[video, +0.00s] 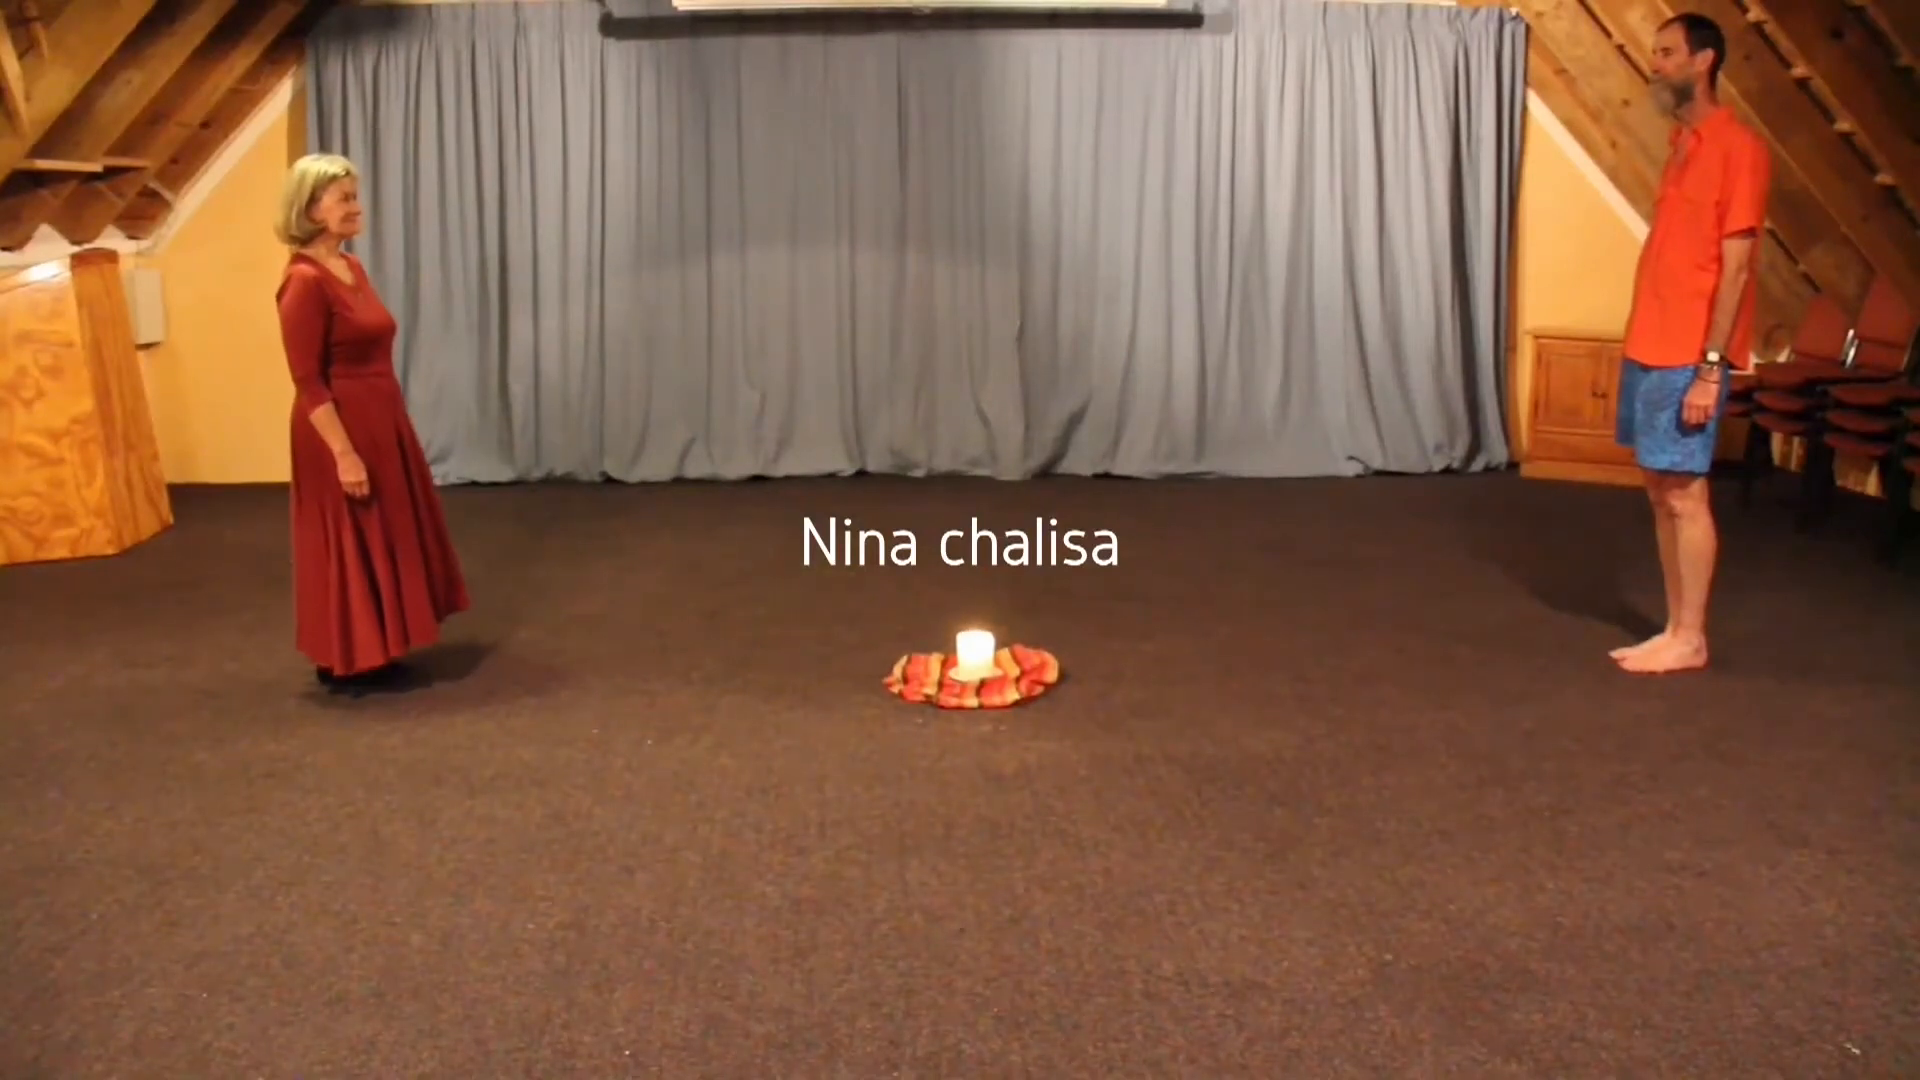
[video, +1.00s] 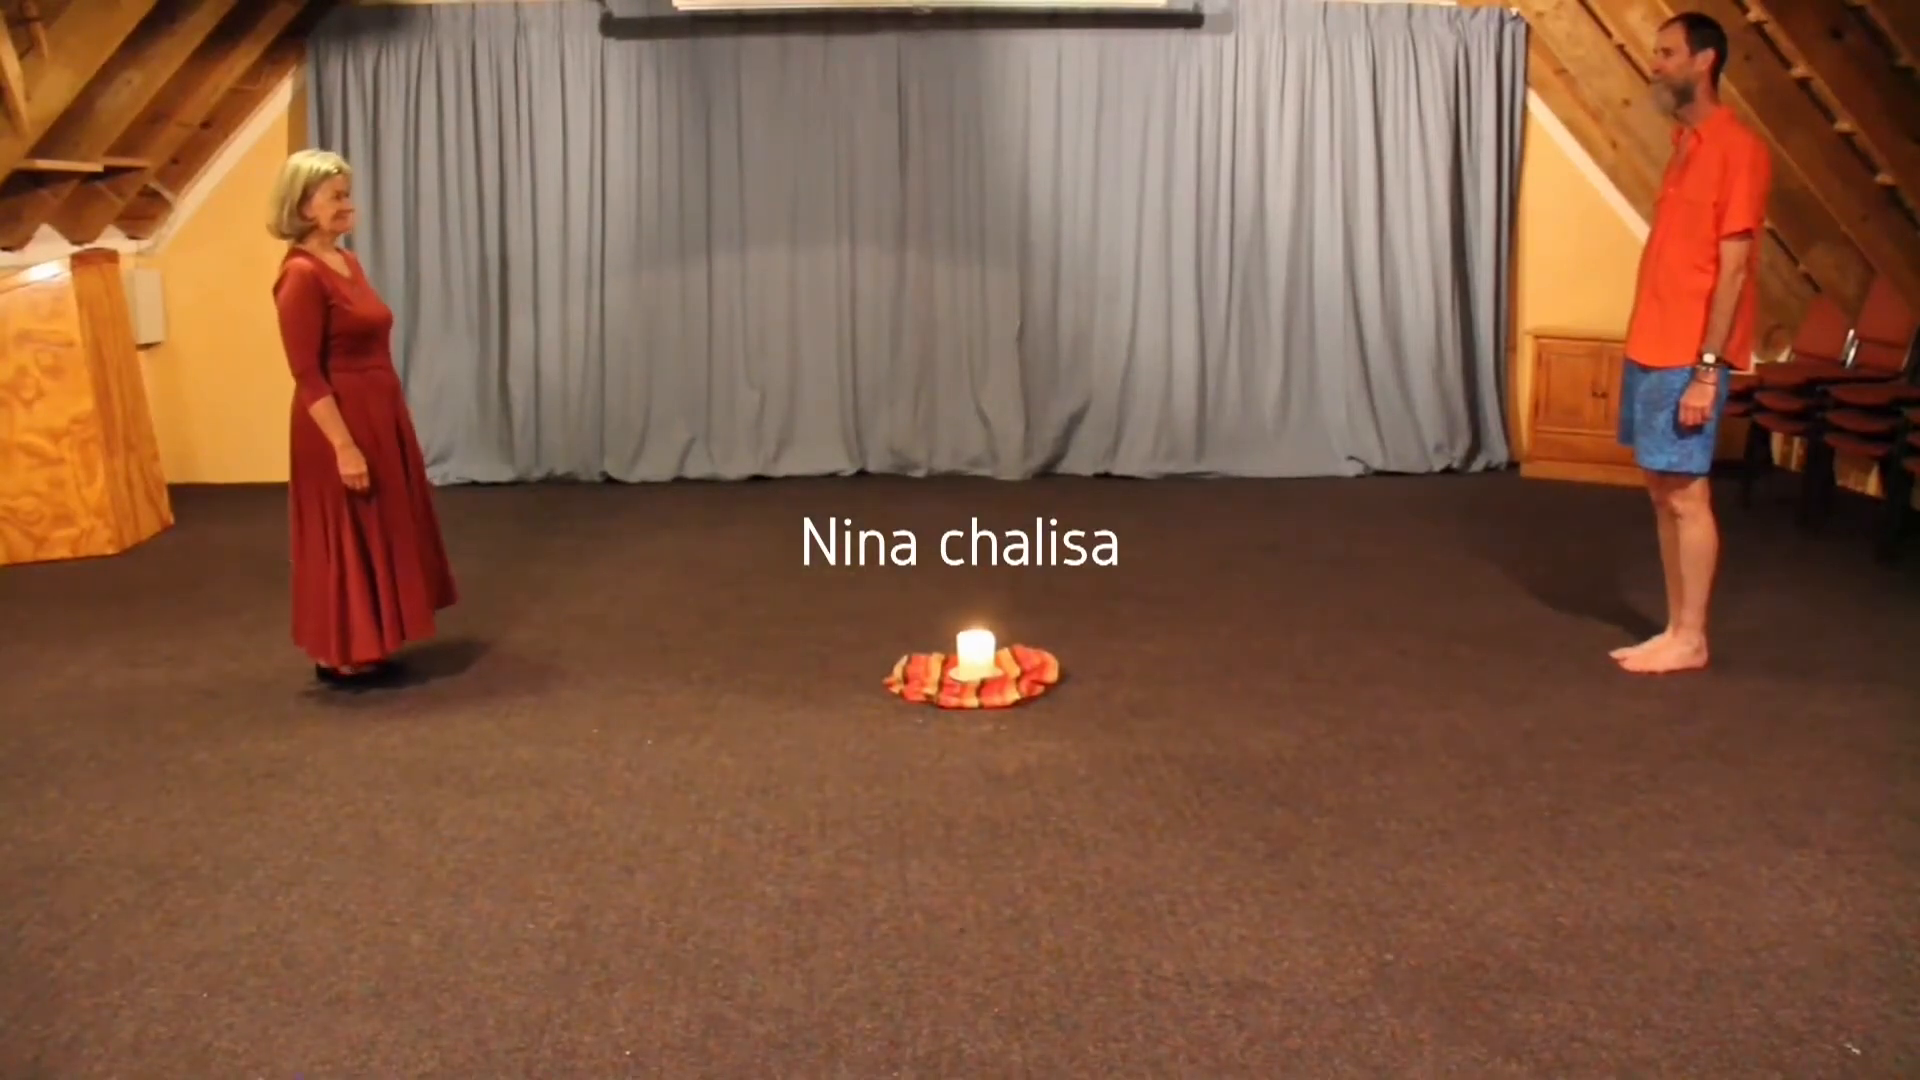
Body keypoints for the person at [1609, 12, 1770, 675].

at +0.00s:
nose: (1654, 64)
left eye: (1666, 53)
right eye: (1654, 53)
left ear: (1704, 61)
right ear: (1686, 62)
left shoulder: (1740, 145)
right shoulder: (1686, 142)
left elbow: (1738, 265)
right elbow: (1676, 252)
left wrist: (1713, 364)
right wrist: (1647, 345)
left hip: (1690, 359)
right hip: (1652, 352)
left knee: (1686, 498)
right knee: (1662, 494)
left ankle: (1690, 637)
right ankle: (1677, 629)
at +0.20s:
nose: (1653, 64)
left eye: (1666, 53)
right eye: (1653, 53)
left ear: (1704, 61)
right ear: (1685, 63)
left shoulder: (1739, 144)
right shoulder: (1685, 143)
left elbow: (1737, 265)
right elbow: (1674, 253)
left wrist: (1712, 364)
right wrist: (1647, 346)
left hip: (1690, 359)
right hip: (1652, 352)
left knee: (1685, 498)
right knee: (1661, 494)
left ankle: (1690, 638)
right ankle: (1677, 629)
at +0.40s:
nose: (1654, 64)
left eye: (1666, 53)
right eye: (1654, 53)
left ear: (1704, 60)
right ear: (1685, 62)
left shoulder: (1739, 145)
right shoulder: (1686, 143)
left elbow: (1738, 265)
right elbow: (1675, 253)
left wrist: (1713, 364)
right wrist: (1647, 345)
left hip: (1690, 358)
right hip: (1652, 352)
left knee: (1684, 498)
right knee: (1661, 494)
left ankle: (1690, 638)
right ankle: (1677, 629)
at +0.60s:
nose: (1654, 64)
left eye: (1666, 53)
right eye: (1655, 53)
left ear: (1705, 60)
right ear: (1688, 61)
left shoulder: (1739, 144)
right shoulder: (1687, 143)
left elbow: (1737, 265)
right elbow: (1676, 255)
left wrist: (1712, 365)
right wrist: (1647, 347)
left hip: (1689, 359)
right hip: (1652, 353)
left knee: (1686, 498)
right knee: (1663, 495)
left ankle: (1691, 638)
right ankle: (1677, 629)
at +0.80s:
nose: (1654, 65)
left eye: (1666, 53)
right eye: (1655, 53)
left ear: (1705, 61)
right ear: (1689, 62)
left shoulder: (1739, 145)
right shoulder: (1689, 143)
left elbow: (1736, 266)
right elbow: (1678, 257)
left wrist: (1710, 366)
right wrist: (1649, 348)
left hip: (1689, 359)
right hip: (1653, 353)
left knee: (1687, 499)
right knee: (1662, 495)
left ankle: (1691, 638)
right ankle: (1677, 630)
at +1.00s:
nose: (1654, 65)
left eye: (1666, 53)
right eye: (1655, 53)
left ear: (1705, 61)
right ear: (1690, 62)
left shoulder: (1739, 146)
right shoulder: (1690, 143)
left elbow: (1735, 266)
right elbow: (1679, 256)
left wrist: (1709, 366)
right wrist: (1650, 348)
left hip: (1690, 359)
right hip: (1654, 353)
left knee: (1687, 498)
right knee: (1664, 495)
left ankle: (1691, 638)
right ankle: (1677, 630)